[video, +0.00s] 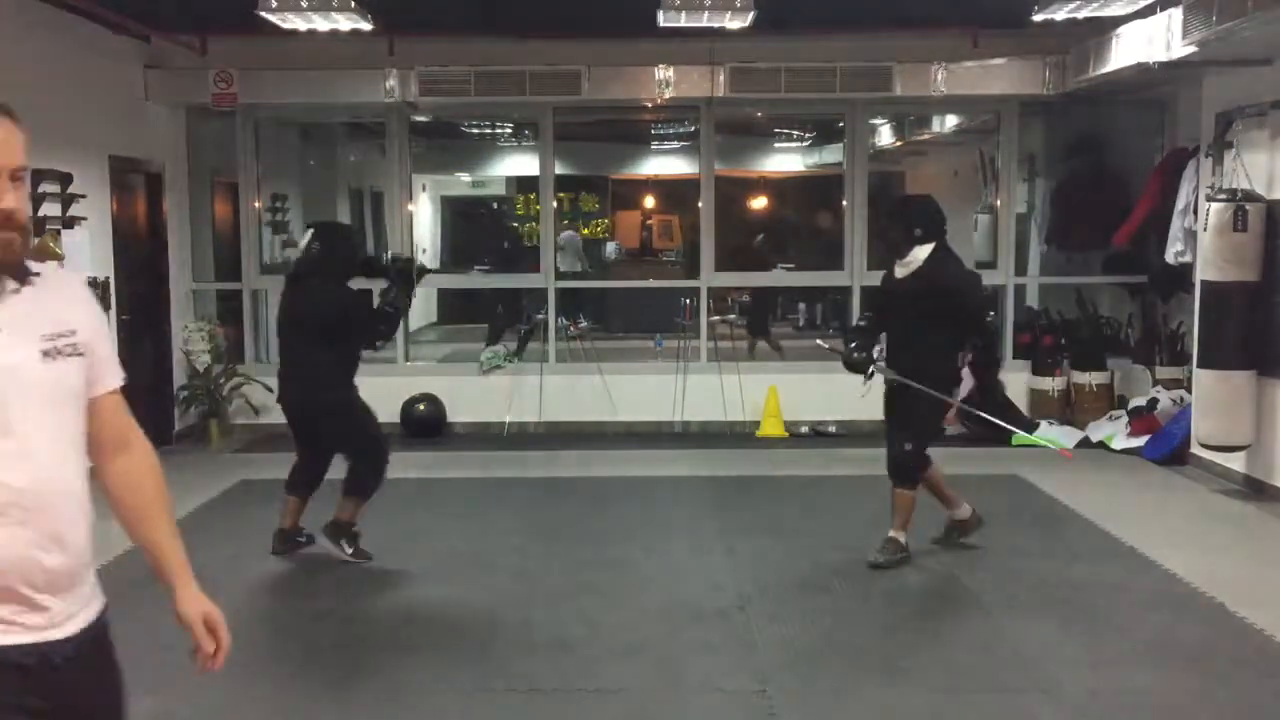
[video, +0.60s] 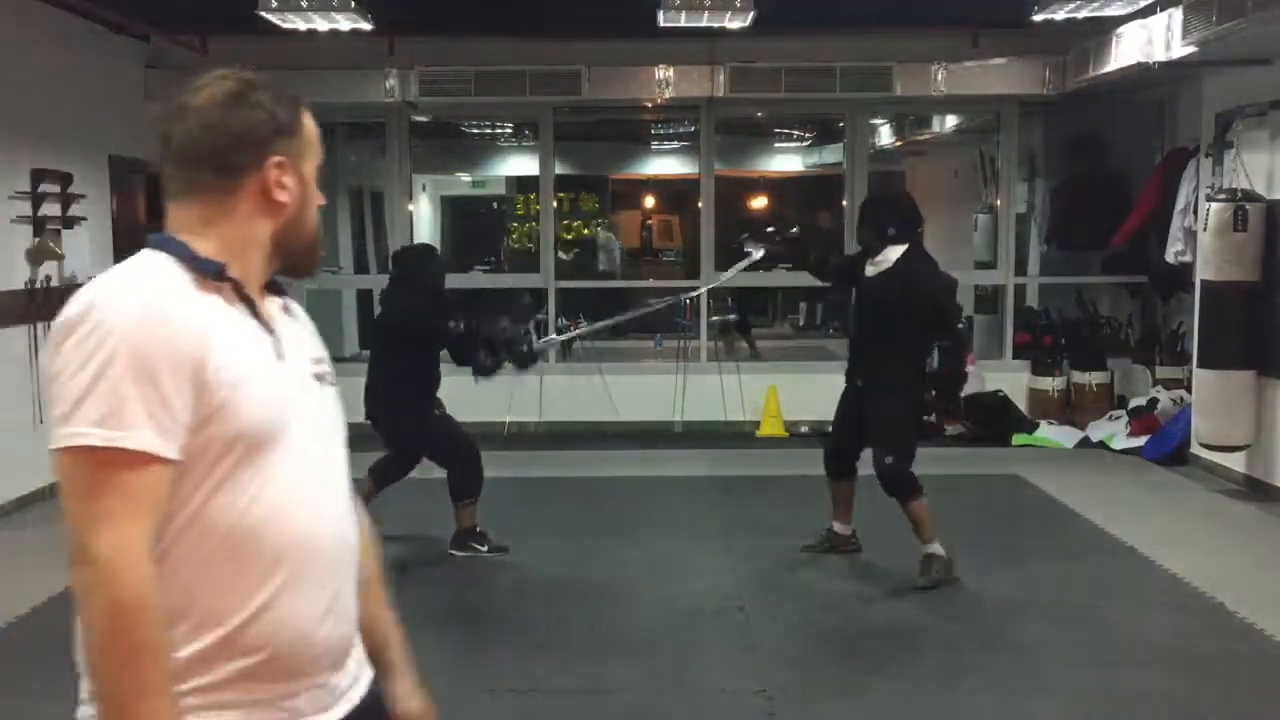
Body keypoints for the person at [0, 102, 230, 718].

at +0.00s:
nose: (11, 201)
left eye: (17, 180)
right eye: (1, 179)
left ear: (29, 185)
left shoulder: (63, 295)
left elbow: (120, 448)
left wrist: (183, 584)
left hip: (76, 642)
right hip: (5, 655)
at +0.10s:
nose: (64, 187)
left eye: (66, 164)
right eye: (36, 166)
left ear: (74, 166)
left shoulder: (95, 288)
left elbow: (143, 450)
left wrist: (181, 590)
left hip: (118, 639)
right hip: (13, 664)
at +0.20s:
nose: (135, 182)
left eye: (128, 159)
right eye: (113, 160)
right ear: (40, 171)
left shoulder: (127, 285)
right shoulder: (7, 303)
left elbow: (167, 450)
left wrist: (185, 597)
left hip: (158, 644)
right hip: (28, 681)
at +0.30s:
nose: (183, 187)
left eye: (179, 166)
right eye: (171, 166)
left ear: (117, 177)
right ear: (114, 177)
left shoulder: (166, 295)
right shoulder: (8, 311)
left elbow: (190, 442)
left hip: (203, 662)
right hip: (54, 695)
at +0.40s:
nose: (237, 202)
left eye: (232, 181)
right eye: (225, 180)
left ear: (176, 192)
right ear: (173, 189)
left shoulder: (214, 316)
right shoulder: (29, 323)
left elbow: (207, 499)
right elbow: (5, 556)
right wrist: (27, 711)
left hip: (255, 683)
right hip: (111, 708)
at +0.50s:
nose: (288, 204)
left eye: (284, 183)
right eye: (279, 183)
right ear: (232, 191)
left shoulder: (260, 323)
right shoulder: (81, 327)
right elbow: (50, 566)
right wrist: (85, 712)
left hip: (310, 687)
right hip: (169, 707)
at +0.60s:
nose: (322, 199)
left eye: (320, 179)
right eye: (316, 177)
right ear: (277, 181)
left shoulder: (289, 318)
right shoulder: (128, 314)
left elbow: (340, 509)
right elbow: (107, 560)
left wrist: (399, 675)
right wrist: (145, 712)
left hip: (348, 691)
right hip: (206, 705)